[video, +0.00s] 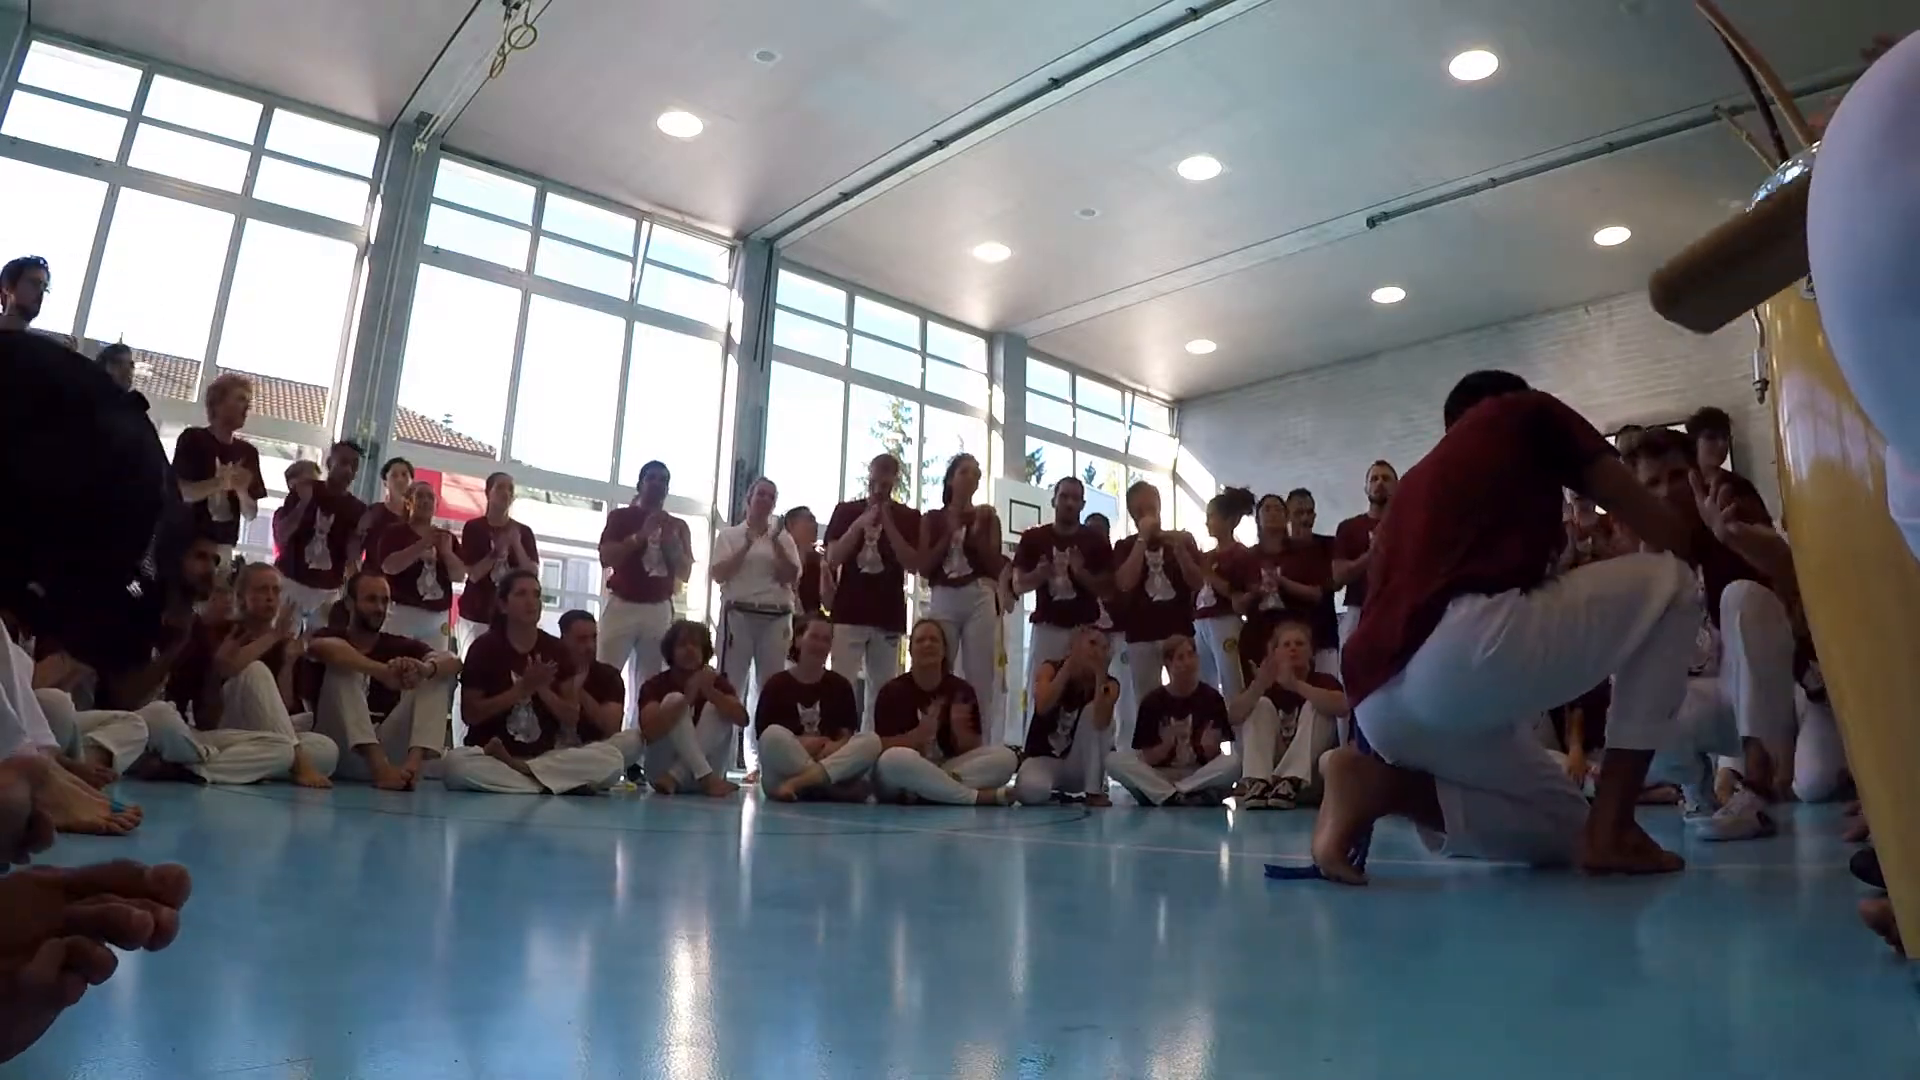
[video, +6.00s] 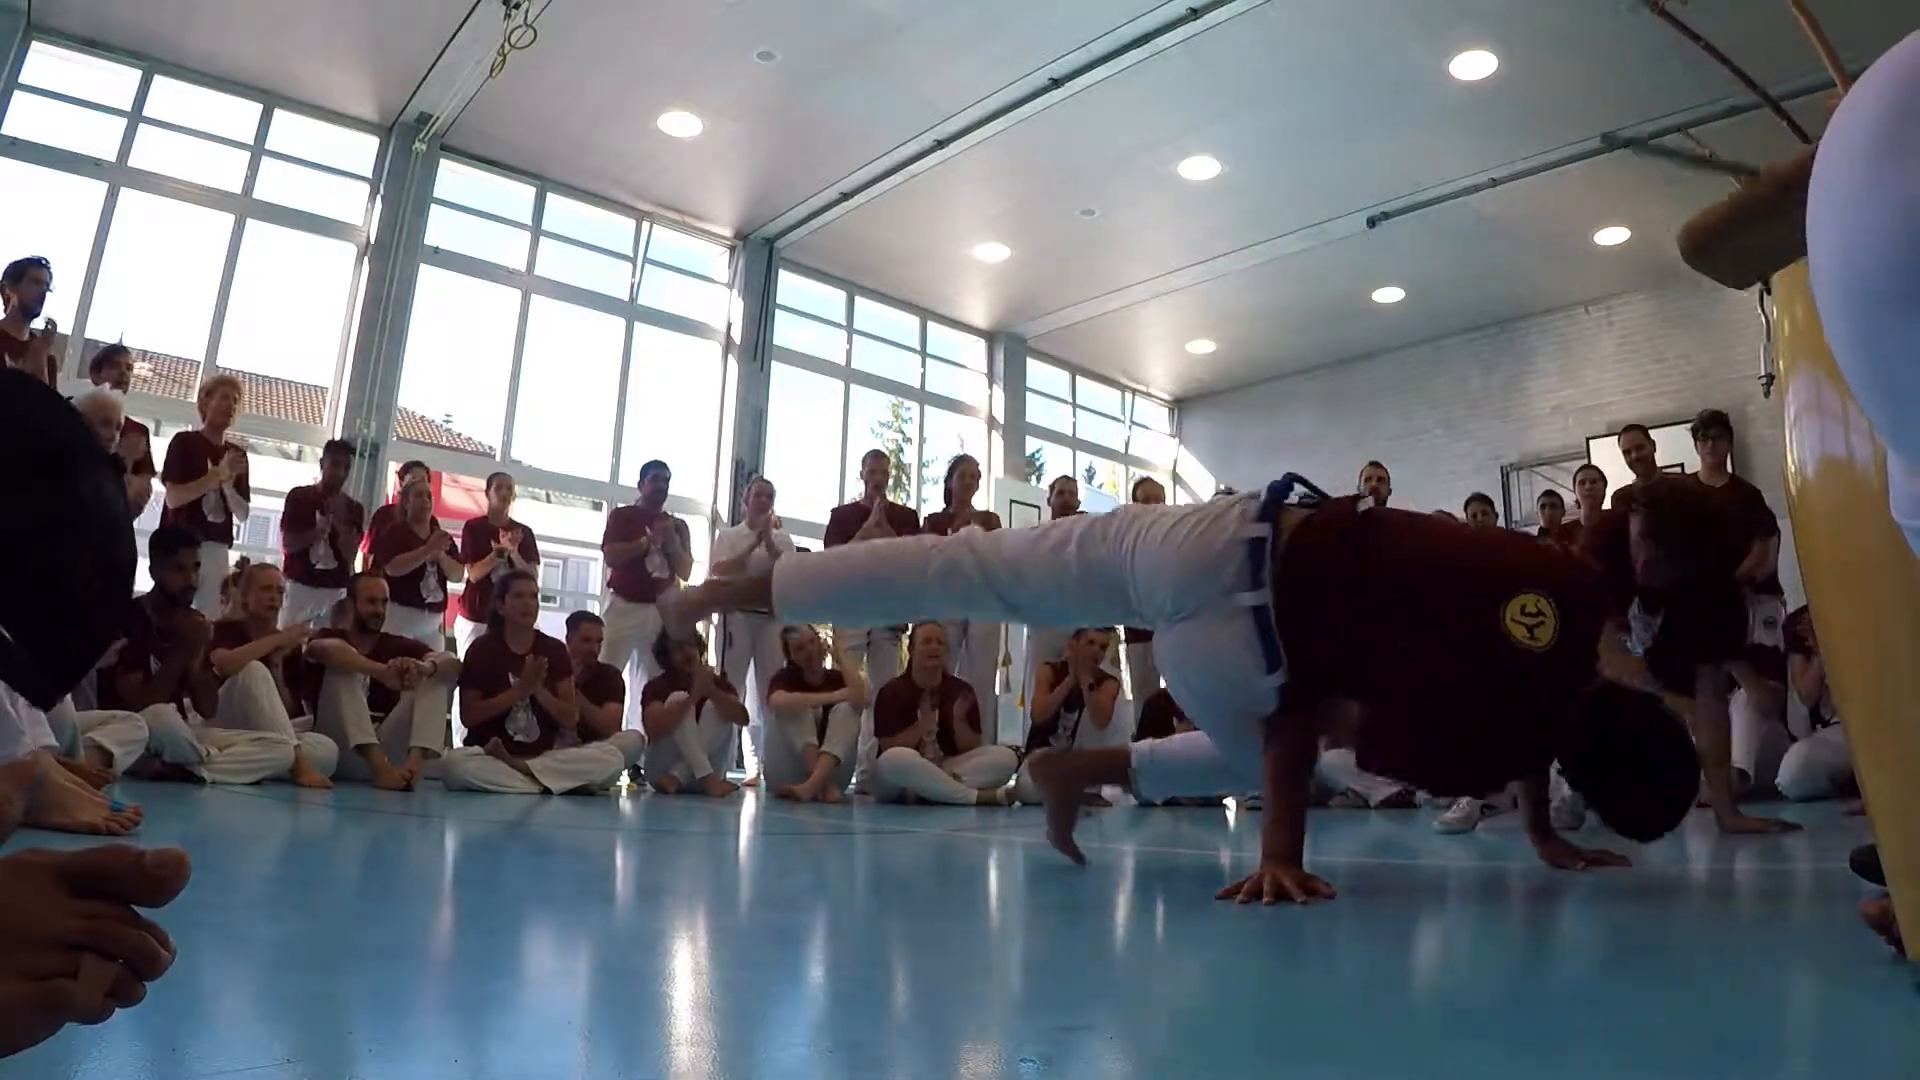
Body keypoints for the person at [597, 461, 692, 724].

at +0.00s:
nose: (657, 484)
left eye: (662, 480)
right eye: (651, 478)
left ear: (668, 487)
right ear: (640, 484)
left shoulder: (678, 526)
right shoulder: (620, 517)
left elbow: (685, 574)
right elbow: (607, 557)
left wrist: (672, 544)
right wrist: (640, 535)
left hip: (658, 610)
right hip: (620, 607)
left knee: (650, 688)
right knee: (605, 682)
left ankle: (645, 752)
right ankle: (598, 748)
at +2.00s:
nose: (659, 482)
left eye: (663, 478)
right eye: (653, 477)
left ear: (668, 485)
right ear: (639, 483)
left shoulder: (677, 524)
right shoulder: (619, 517)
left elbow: (685, 573)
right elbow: (609, 559)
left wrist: (673, 547)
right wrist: (640, 537)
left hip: (660, 609)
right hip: (622, 607)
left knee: (653, 687)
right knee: (605, 682)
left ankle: (646, 751)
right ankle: (600, 748)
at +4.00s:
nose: (659, 485)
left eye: (663, 481)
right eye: (653, 479)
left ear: (668, 487)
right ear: (639, 484)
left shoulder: (676, 525)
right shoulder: (619, 517)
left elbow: (684, 573)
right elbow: (609, 557)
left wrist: (672, 545)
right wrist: (644, 535)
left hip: (660, 609)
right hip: (622, 607)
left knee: (653, 684)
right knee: (606, 679)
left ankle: (646, 747)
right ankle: (599, 744)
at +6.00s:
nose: (661, 485)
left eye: (665, 480)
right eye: (655, 479)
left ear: (669, 487)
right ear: (640, 484)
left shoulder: (677, 525)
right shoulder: (621, 515)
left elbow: (685, 572)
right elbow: (611, 556)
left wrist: (671, 544)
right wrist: (648, 543)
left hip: (660, 609)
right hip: (622, 607)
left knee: (654, 686)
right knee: (606, 680)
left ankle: (649, 750)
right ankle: (599, 746)